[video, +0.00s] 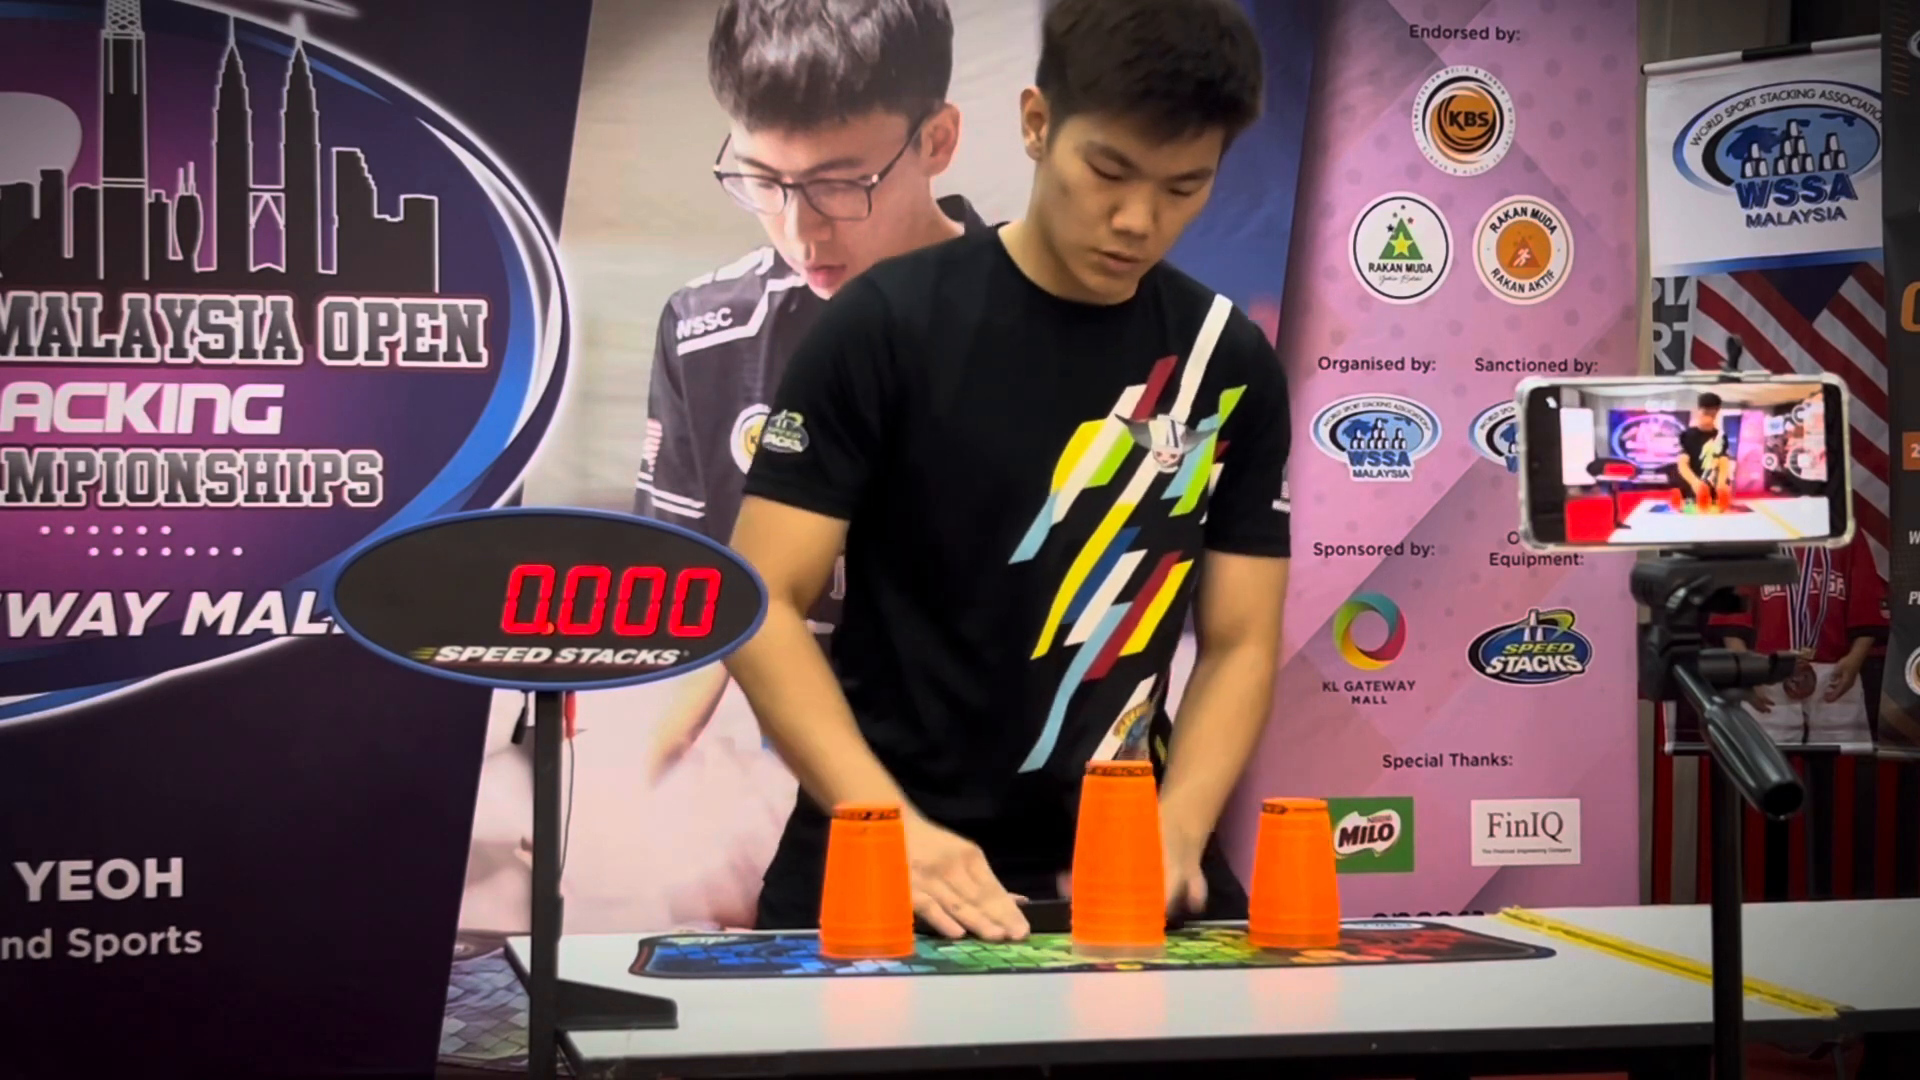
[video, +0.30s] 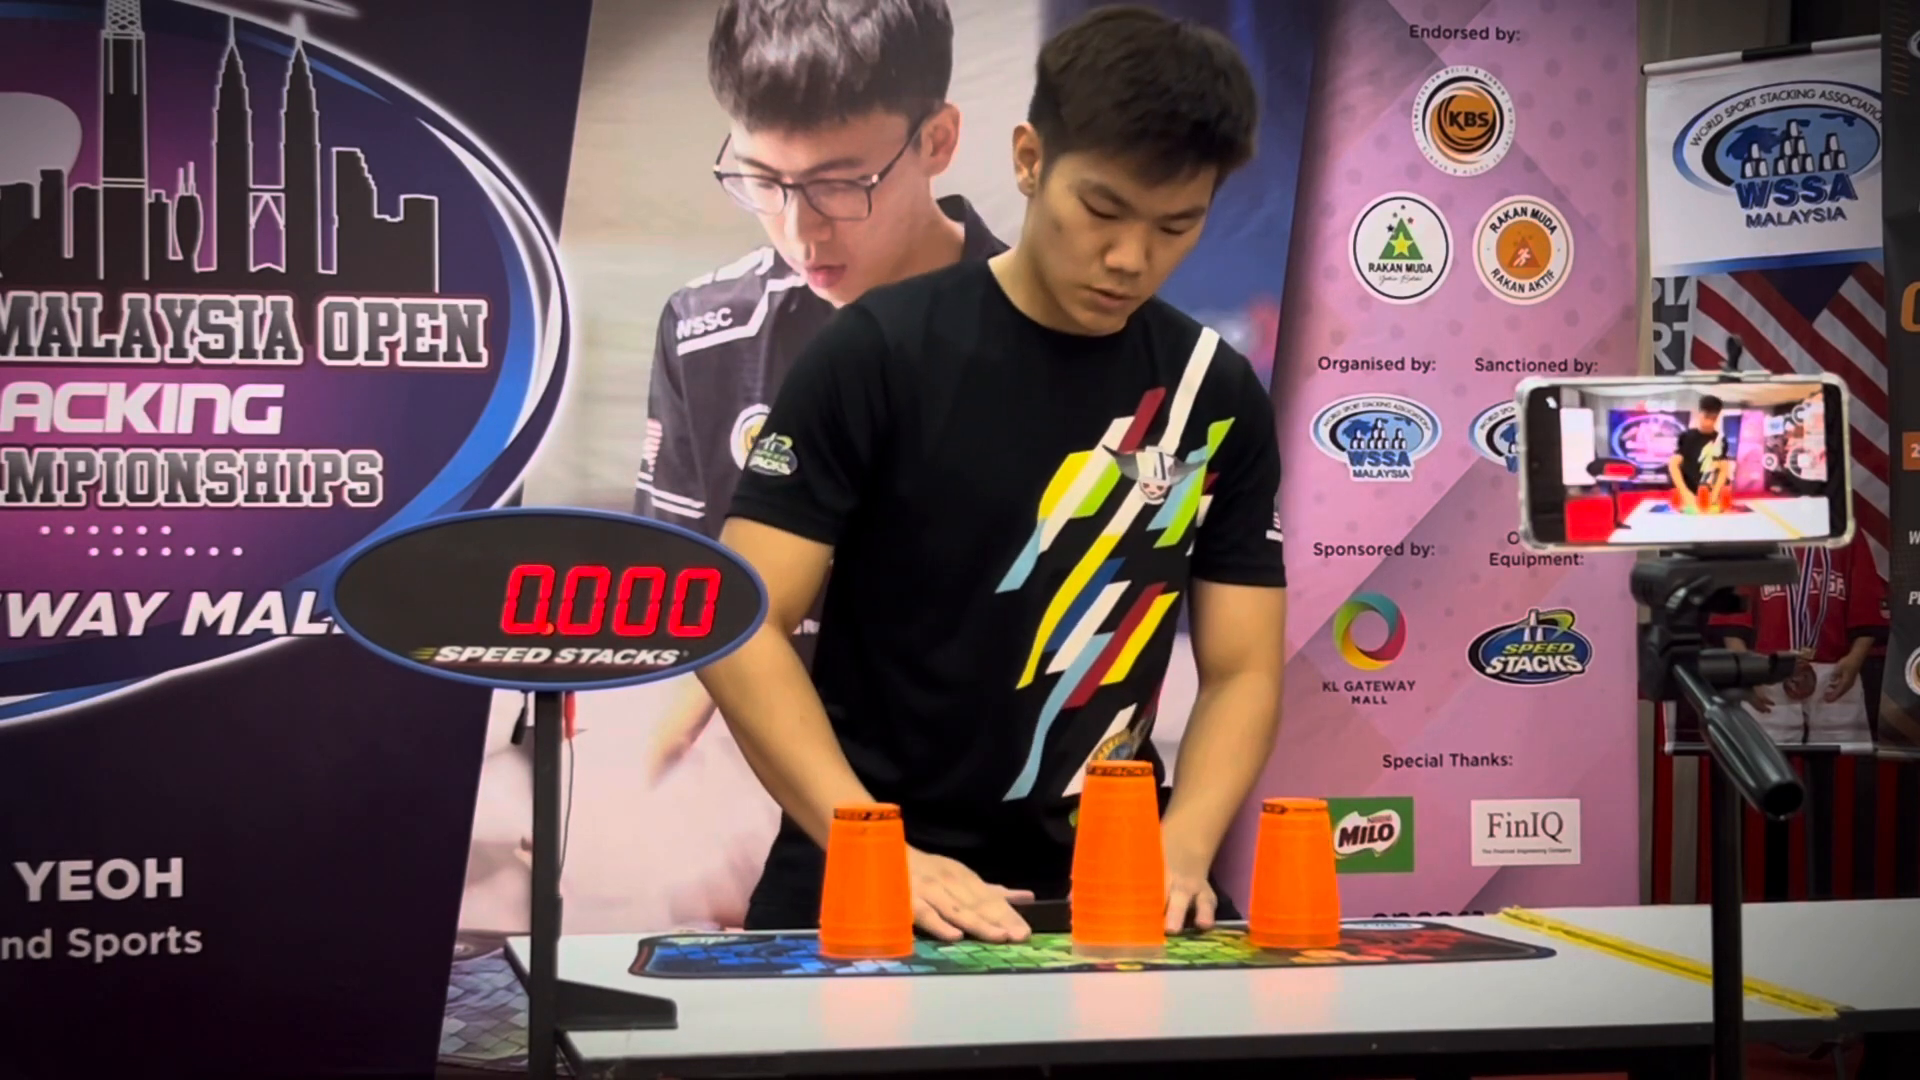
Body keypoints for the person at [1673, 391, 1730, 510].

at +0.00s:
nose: (1708, 418)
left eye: (1712, 414)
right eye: (1705, 413)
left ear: (1716, 413)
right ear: (1699, 411)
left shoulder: (1720, 437)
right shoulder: (1688, 435)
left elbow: (1723, 463)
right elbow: (1682, 465)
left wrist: (1721, 485)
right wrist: (1697, 485)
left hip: (1714, 494)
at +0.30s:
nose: (1709, 422)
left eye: (1713, 418)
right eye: (1706, 417)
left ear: (1717, 418)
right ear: (1700, 415)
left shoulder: (1720, 440)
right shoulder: (1688, 437)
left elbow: (1723, 469)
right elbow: (1673, 464)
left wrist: (1714, 495)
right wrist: (1686, 495)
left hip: (1710, 498)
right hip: (1690, 498)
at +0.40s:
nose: (1709, 425)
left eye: (1713, 420)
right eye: (1706, 419)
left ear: (1717, 419)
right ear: (1700, 416)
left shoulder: (1720, 442)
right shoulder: (1687, 439)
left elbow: (1724, 470)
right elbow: (1672, 464)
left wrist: (1714, 495)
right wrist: (1685, 496)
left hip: (1710, 499)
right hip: (1690, 499)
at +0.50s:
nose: (1709, 425)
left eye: (1713, 421)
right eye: (1706, 420)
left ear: (1717, 420)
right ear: (1700, 417)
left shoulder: (1720, 442)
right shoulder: (1687, 439)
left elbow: (1724, 470)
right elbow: (1672, 465)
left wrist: (1714, 494)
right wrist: (1685, 496)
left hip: (1710, 500)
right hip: (1690, 499)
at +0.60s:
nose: (1708, 425)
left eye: (1713, 421)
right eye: (1706, 420)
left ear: (1717, 420)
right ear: (1699, 417)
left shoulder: (1720, 443)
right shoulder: (1687, 439)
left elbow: (1723, 471)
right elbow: (1672, 464)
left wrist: (1714, 495)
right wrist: (1685, 495)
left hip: (1710, 500)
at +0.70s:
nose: (1709, 426)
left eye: (1713, 421)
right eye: (1706, 420)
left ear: (1717, 420)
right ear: (1699, 417)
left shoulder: (1720, 443)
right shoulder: (1687, 439)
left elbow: (1723, 471)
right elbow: (1672, 465)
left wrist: (1714, 495)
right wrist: (1685, 495)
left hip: (1710, 500)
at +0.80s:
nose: (1709, 426)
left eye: (1713, 421)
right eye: (1706, 420)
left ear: (1717, 420)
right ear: (1699, 418)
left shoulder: (1720, 443)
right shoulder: (1687, 439)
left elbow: (1723, 471)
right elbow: (1672, 465)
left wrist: (1714, 494)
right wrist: (1685, 495)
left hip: (1711, 500)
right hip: (1690, 500)